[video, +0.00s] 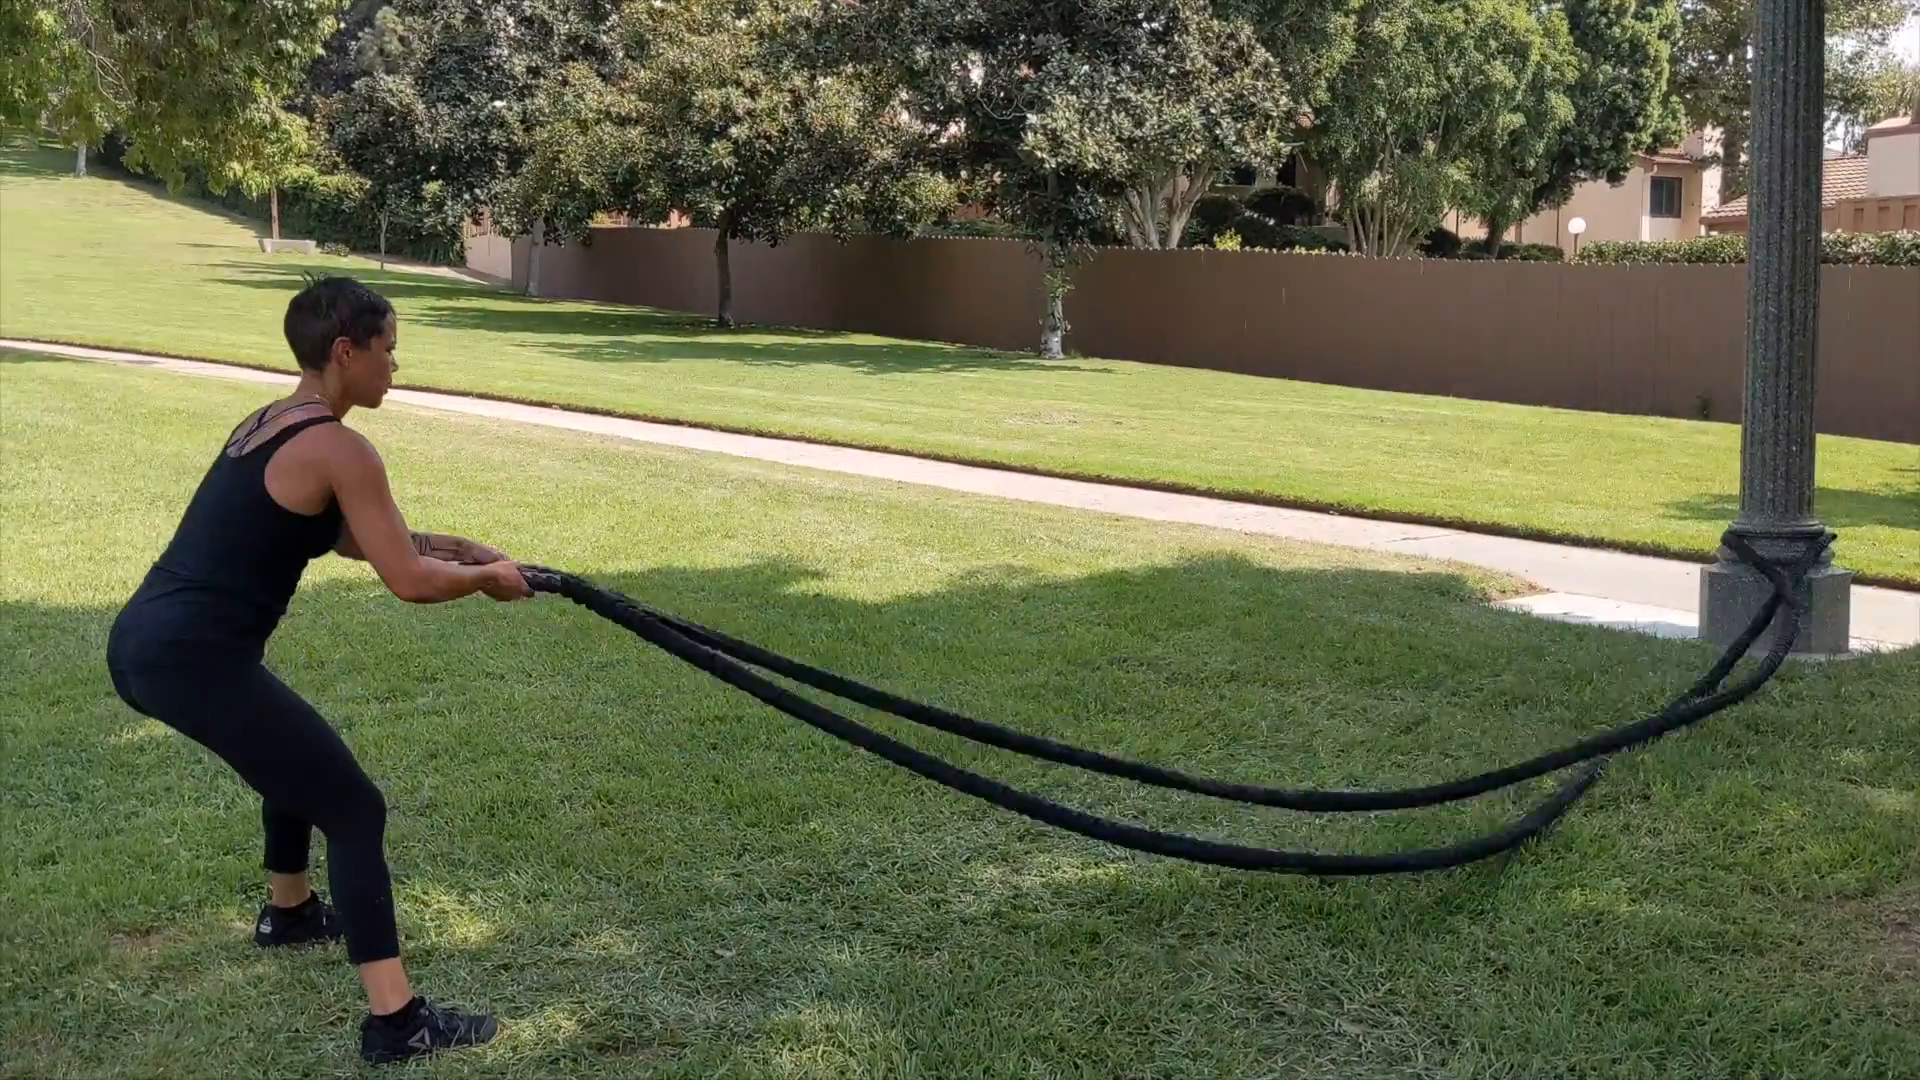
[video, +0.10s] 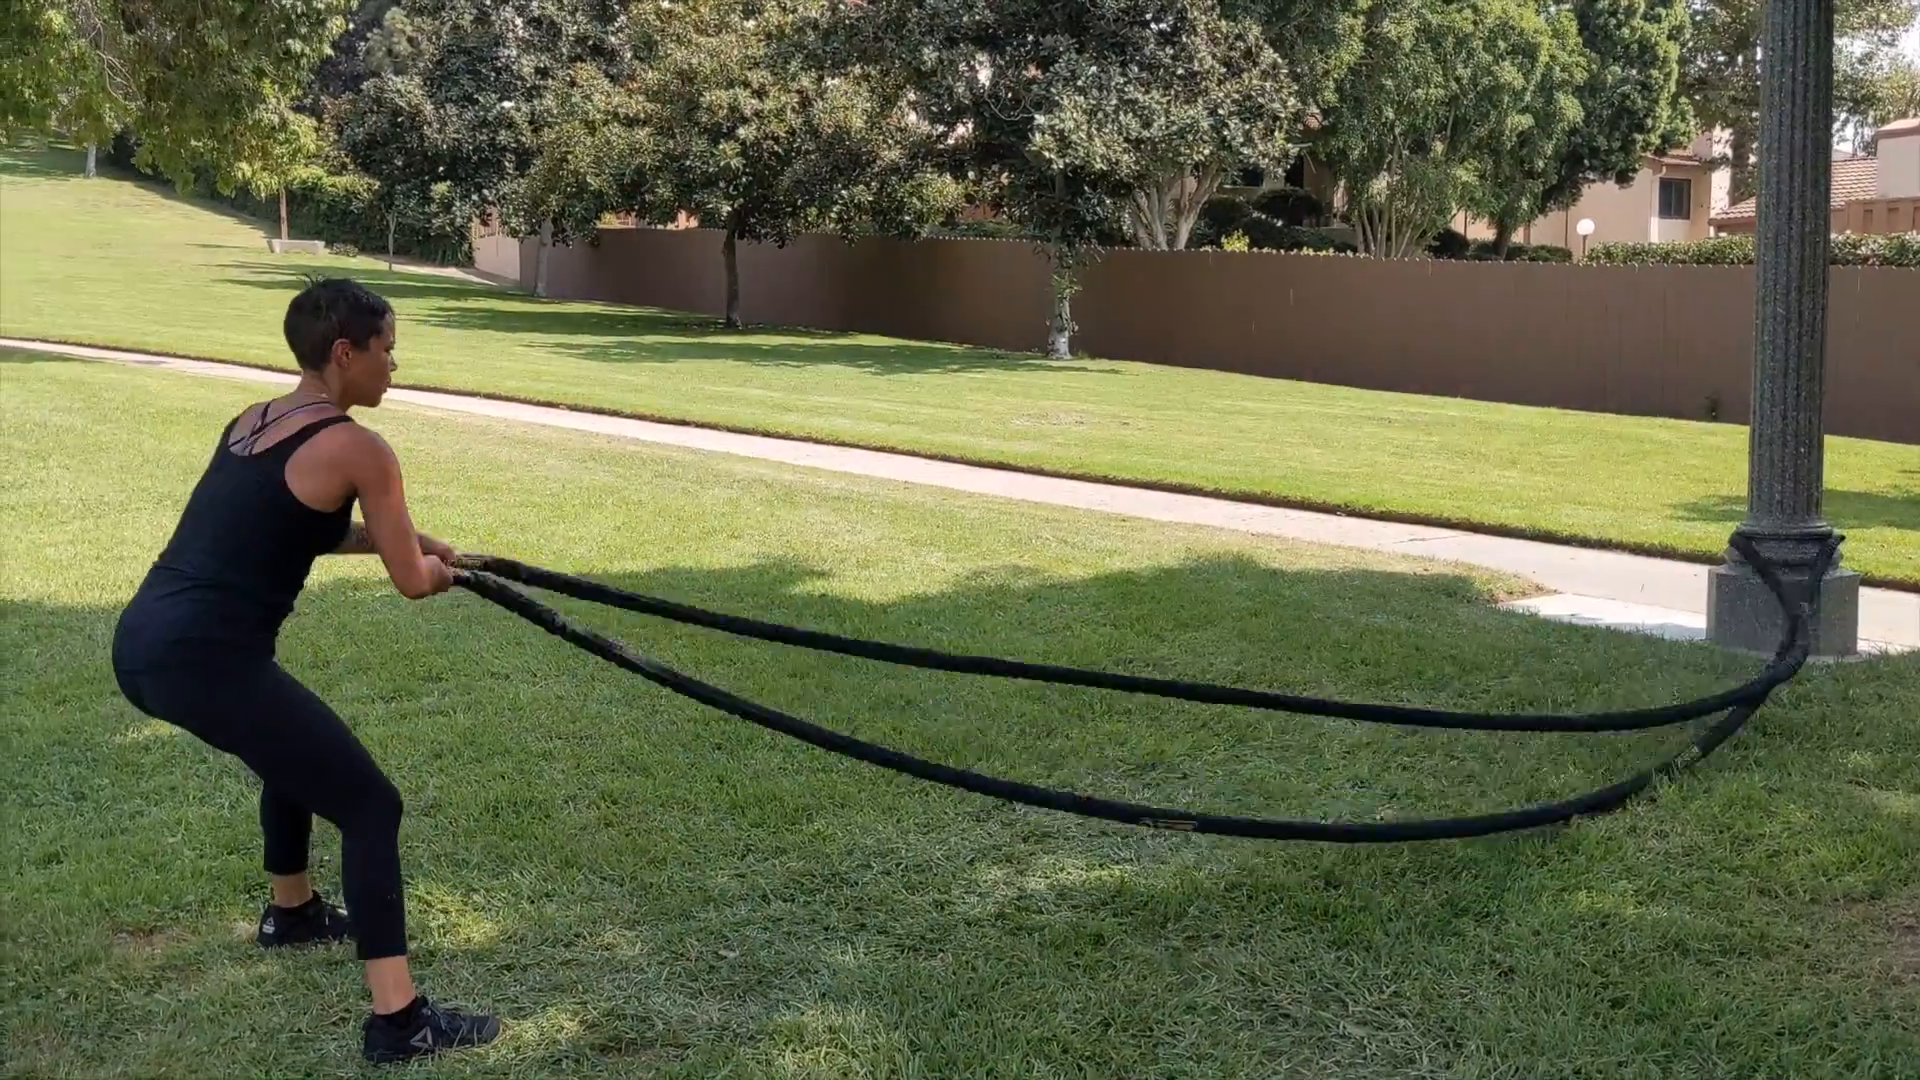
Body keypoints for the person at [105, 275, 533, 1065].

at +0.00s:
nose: (394, 369)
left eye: (395, 352)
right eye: (388, 351)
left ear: (327, 352)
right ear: (344, 350)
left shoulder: (267, 421)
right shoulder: (343, 452)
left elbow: (334, 536)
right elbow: (409, 579)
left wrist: (448, 549)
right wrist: (487, 579)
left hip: (145, 644)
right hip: (196, 661)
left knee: (297, 753)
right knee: (354, 808)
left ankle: (290, 909)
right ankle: (394, 1015)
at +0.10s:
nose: (393, 365)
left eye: (393, 349)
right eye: (386, 349)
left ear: (322, 352)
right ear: (344, 351)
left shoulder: (258, 415)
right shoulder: (360, 451)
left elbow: (294, 531)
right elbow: (412, 580)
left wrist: (397, 539)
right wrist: (439, 569)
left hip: (145, 648)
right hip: (210, 663)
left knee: (291, 749)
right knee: (372, 803)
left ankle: (293, 908)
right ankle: (398, 1015)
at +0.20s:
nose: (406, 368)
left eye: (406, 352)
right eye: (399, 353)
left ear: (331, 357)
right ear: (359, 356)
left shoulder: (261, 415)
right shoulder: (382, 451)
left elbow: (263, 520)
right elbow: (427, 578)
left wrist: (352, 545)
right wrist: (400, 556)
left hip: (158, 648)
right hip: (231, 662)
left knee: (303, 743)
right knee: (394, 804)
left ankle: (301, 908)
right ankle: (405, 1015)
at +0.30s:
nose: (429, 370)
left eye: (428, 355)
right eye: (422, 355)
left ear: (353, 359)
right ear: (383, 358)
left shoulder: (282, 420)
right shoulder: (407, 453)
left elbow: (193, 512)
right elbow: (451, 572)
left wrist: (286, 530)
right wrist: (406, 545)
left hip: (177, 647)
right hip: (253, 663)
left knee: (317, 740)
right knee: (411, 806)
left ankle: (312, 909)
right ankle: (414, 1018)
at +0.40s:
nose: (452, 371)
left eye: (451, 355)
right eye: (445, 356)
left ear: (375, 360)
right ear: (407, 360)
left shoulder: (306, 421)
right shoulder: (433, 459)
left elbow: (203, 510)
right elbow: (473, 575)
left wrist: (293, 533)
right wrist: (433, 552)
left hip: (193, 647)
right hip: (263, 665)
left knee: (328, 744)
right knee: (424, 806)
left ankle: (322, 910)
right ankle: (426, 1019)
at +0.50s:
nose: (472, 370)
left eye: (471, 354)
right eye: (465, 355)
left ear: (393, 359)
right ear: (425, 359)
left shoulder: (330, 424)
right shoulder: (438, 452)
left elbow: (311, 520)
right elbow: (508, 574)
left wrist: (384, 552)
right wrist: (485, 572)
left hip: (203, 647)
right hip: (266, 666)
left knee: (335, 751)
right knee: (432, 804)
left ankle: (334, 908)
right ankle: (437, 1018)